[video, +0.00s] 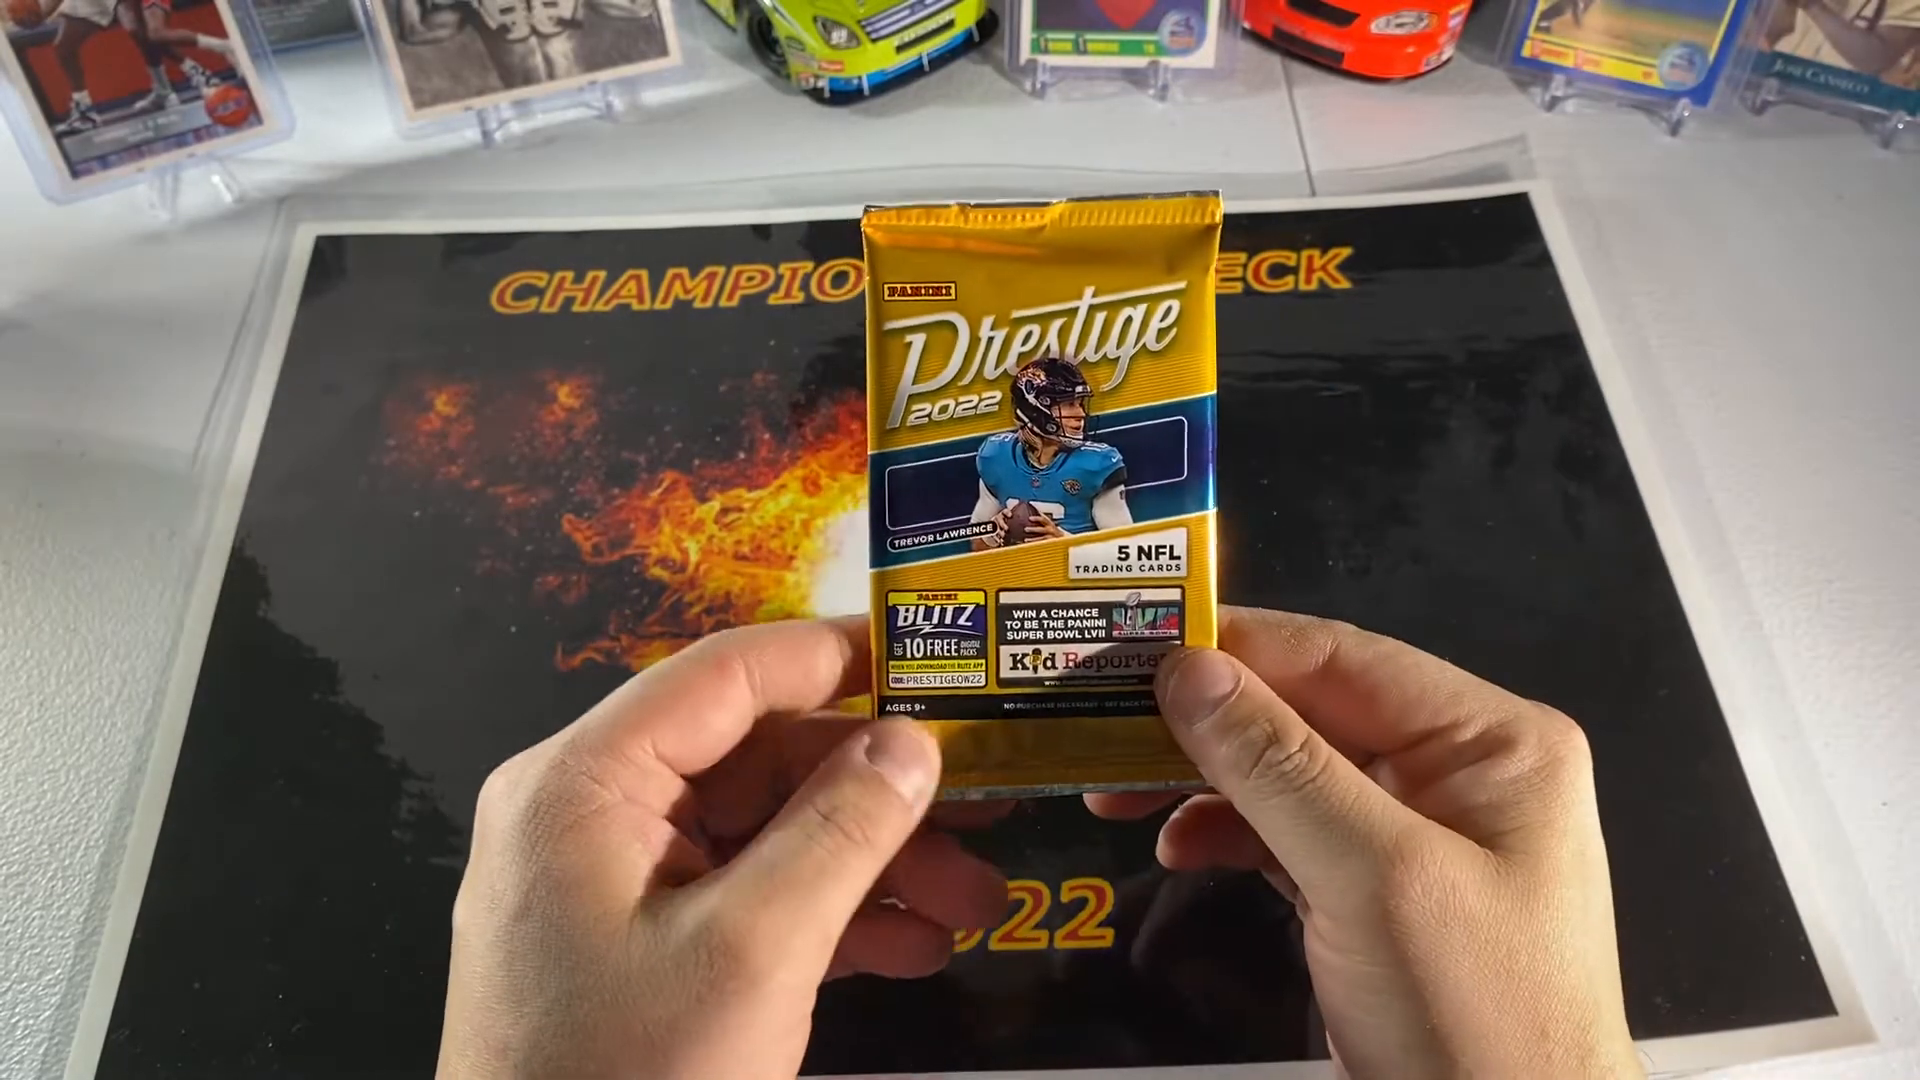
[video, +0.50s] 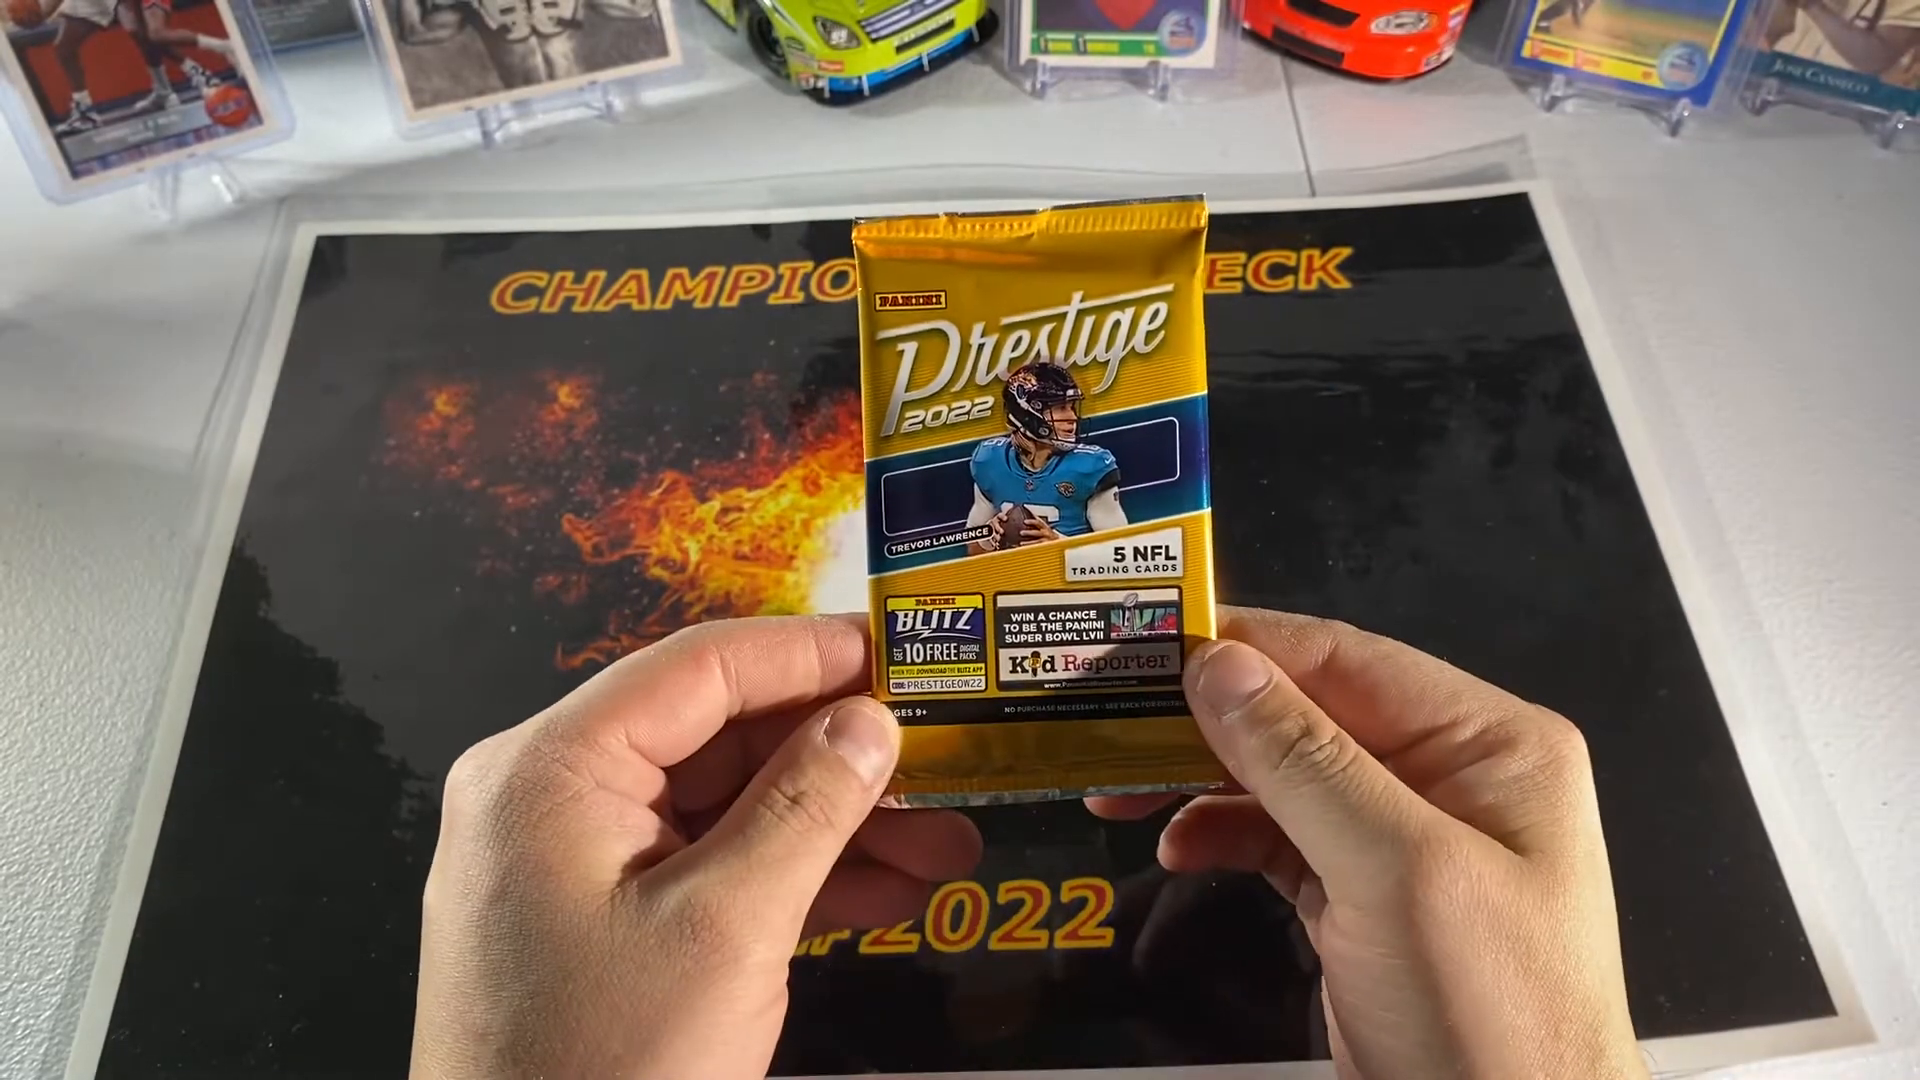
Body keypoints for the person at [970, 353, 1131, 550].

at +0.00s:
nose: (1080, 414)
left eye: (1080, 404)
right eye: (1066, 405)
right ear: (1035, 409)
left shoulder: (1098, 464)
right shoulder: (994, 455)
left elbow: (1124, 545)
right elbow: (977, 543)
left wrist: (1066, 540)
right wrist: (996, 533)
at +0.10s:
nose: (1079, 415)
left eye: (1079, 405)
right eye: (1065, 406)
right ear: (1034, 410)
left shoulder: (1098, 465)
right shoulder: (995, 458)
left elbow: (1125, 547)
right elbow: (978, 547)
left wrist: (1068, 541)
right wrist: (997, 536)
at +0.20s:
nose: (1073, 418)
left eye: (1072, 407)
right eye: (1059, 408)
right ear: (1027, 414)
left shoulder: (1093, 467)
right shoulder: (989, 461)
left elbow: (1121, 550)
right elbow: (974, 549)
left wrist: (1064, 544)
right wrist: (993, 538)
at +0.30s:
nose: (1069, 416)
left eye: (1069, 406)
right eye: (1055, 407)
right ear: (1024, 414)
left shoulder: (1090, 465)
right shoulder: (987, 460)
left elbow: (1118, 548)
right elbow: (971, 547)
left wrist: (1061, 543)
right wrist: (991, 538)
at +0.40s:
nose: (1071, 417)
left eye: (1071, 407)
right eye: (1058, 407)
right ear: (1027, 413)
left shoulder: (1091, 466)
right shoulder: (987, 459)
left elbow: (1119, 548)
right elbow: (972, 547)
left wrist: (1062, 543)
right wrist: (991, 537)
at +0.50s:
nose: (1072, 417)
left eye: (1071, 407)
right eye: (1058, 408)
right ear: (1026, 414)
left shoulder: (1092, 466)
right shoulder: (988, 460)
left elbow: (1119, 548)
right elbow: (973, 548)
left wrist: (1063, 543)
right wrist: (992, 538)